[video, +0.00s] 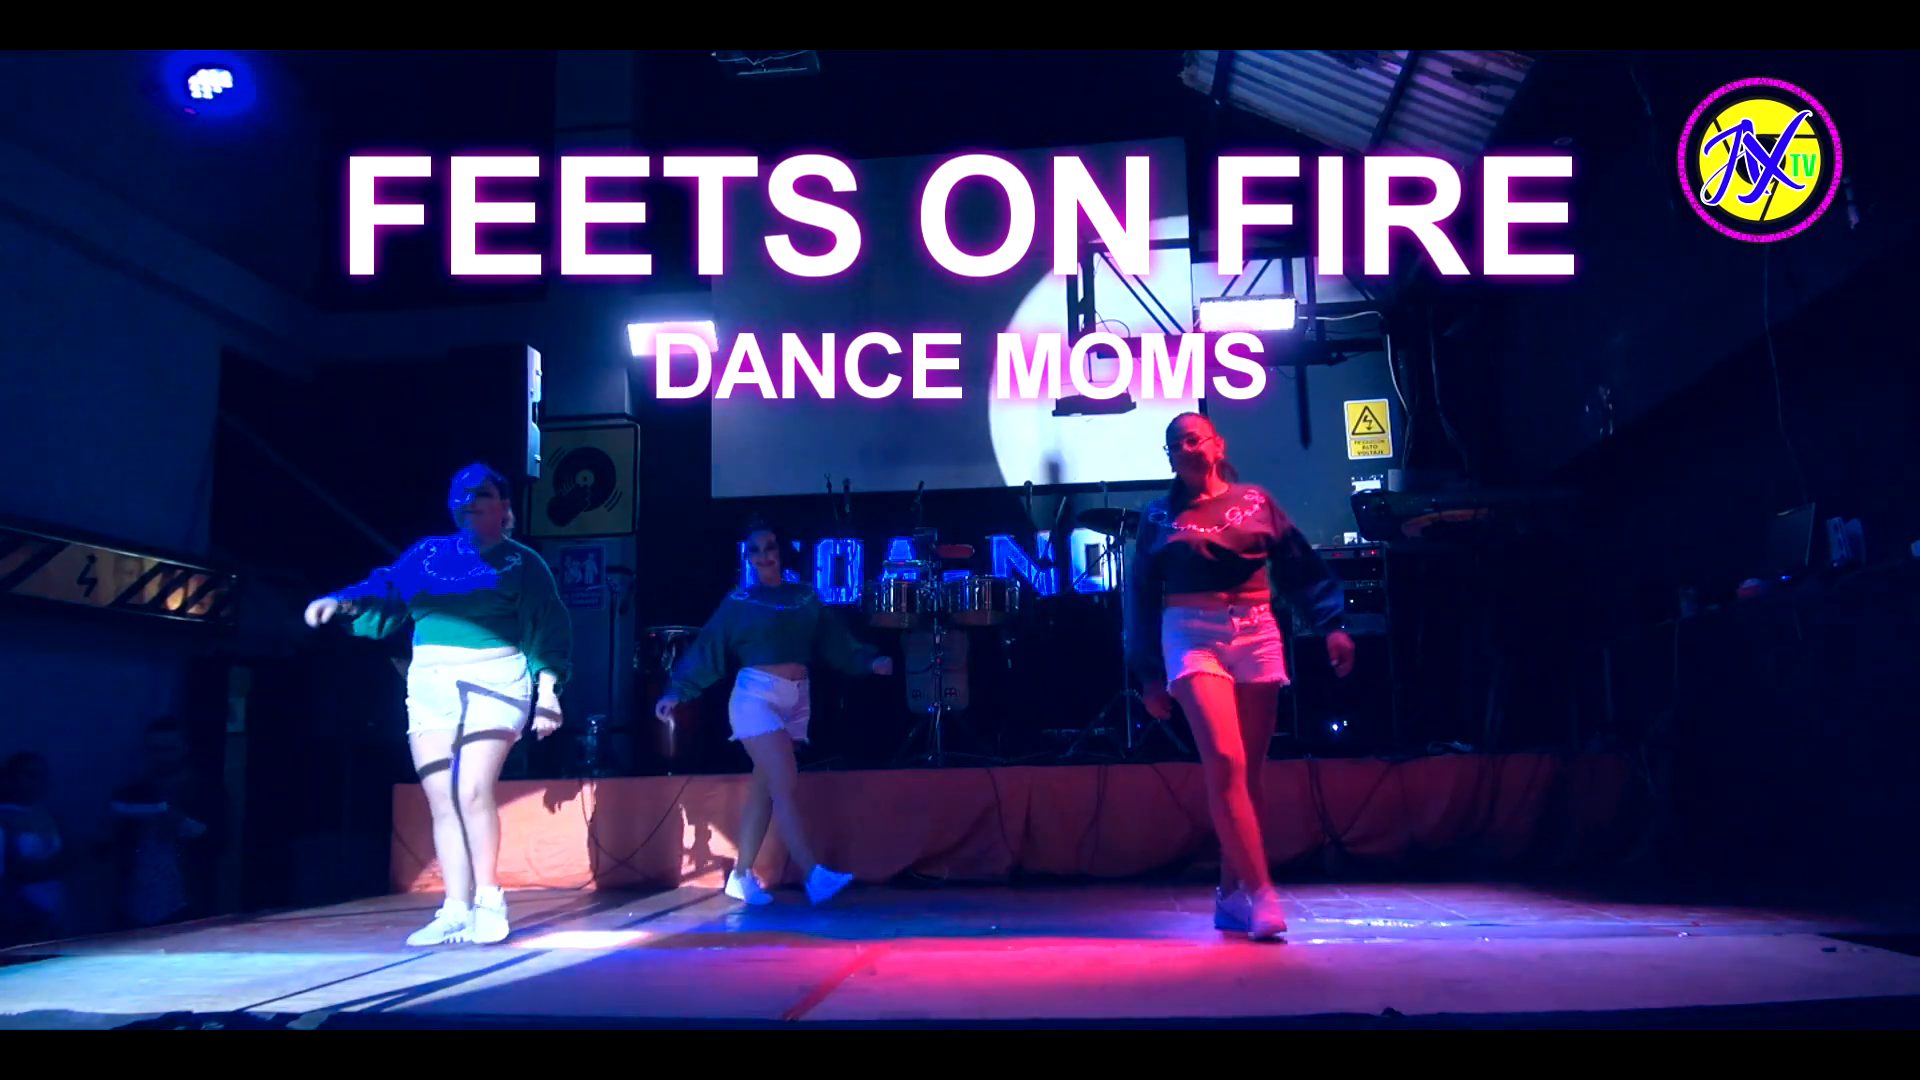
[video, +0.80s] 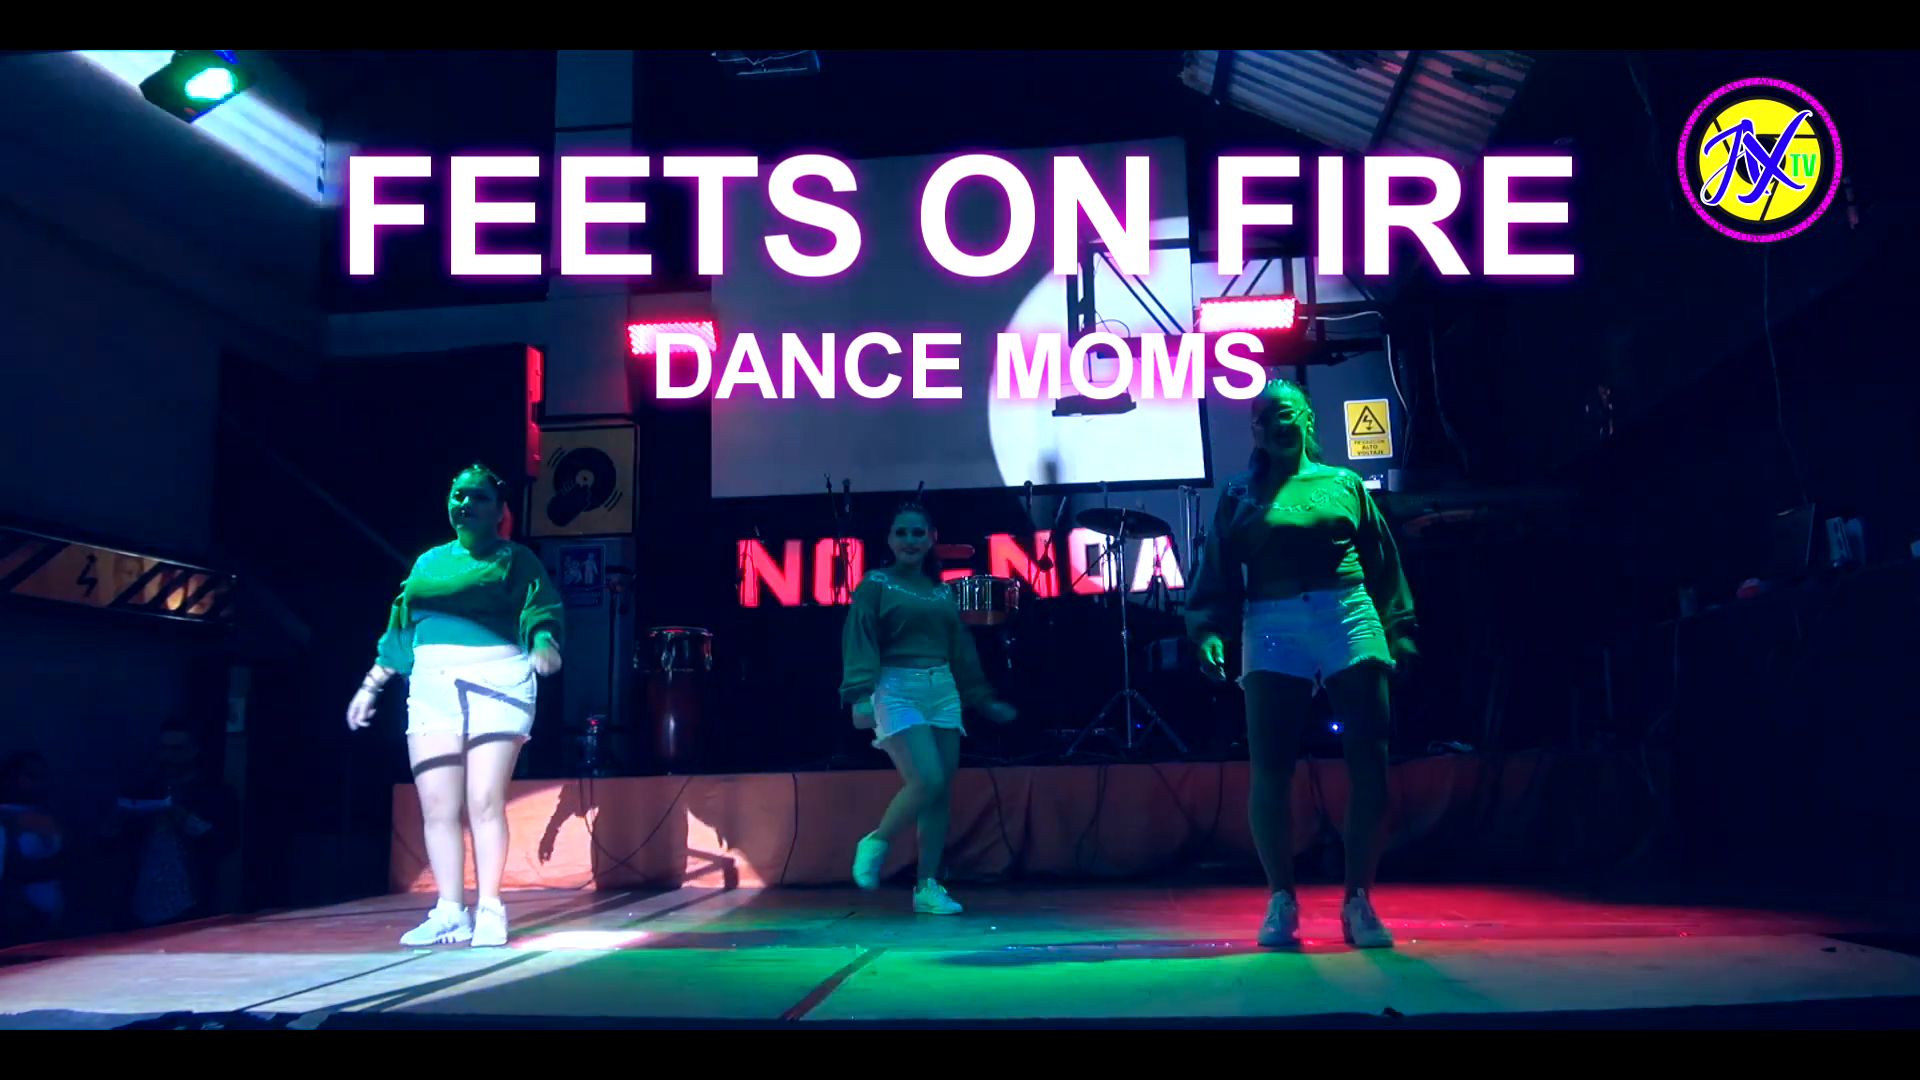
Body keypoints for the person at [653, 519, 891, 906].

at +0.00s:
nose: (765, 556)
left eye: (771, 548)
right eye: (756, 550)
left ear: (782, 551)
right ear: (747, 556)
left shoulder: (805, 597)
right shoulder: (738, 603)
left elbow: (835, 641)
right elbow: (706, 653)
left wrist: (869, 661)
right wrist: (676, 692)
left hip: (795, 699)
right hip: (755, 697)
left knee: (764, 788)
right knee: (784, 781)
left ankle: (741, 873)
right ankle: (813, 875)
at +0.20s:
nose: (797, 557)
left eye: (804, 549)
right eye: (788, 551)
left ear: (818, 553)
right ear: (778, 557)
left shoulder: (843, 601)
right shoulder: (772, 607)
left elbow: (877, 650)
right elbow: (749, 664)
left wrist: (905, 688)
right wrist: (727, 712)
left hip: (835, 698)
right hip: (789, 695)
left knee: (830, 787)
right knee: (805, 787)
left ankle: (771, 850)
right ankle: (825, 883)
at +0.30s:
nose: (821, 553)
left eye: (829, 546)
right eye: (813, 546)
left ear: (840, 553)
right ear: (800, 553)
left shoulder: (858, 601)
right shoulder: (789, 604)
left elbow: (882, 656)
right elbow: (773, 660)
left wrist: (896, 703)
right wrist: (767, 713)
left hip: (852, 694)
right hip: (805, 691)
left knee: (863, 784)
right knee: (818, 791)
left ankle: (810, 817)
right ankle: (826, 884)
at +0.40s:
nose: (843, 543)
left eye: (851, 537)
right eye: (835, 536)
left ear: (862, 545)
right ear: (823, 543)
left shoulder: (873, 598)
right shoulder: (810, 593)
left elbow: (890, 652)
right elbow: (789, 644)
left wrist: (897, 698)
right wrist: (798, 686)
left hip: (867, 688)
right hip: (820, 689)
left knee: (889, 762)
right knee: (825, 785)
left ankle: (856, 826)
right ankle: (829, 882)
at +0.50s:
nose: (866, 534)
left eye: (873, 528)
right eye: (858, 527)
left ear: (883, 536)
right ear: (844, 534)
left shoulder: (892, 586)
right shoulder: (825, 581)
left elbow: (902, 641)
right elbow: (808, 635)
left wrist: (903, 686)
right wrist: (834, 671)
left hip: (885, 683)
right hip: (835, 685)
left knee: (903, 776)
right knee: (837, 785)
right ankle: (839, 879)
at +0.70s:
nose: (898, 538)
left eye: (906, 532)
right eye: (890, 531)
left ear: (917, 539)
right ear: (876, 537)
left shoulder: (925, 588)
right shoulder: (860, 584)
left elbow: (935, 646)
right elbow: (849, 637)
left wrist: (943, 690)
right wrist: (862, 678)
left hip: (928, 690)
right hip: (881, 689)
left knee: (927, 791)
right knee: (884, 795)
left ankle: (926, 887)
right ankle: (853, 870)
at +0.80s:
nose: (910, 540)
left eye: (918, 533)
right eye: (902, 532)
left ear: (931, 538)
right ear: (890, 538)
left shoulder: (942, 592)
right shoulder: (876, 586)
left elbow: (962, 656)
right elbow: (858, 641)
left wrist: (985, 702)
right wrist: (860, 695)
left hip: (943, 690)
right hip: (895, 690)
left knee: (939, 789)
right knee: (925, 781)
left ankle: (928, 886)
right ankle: (877, 843)